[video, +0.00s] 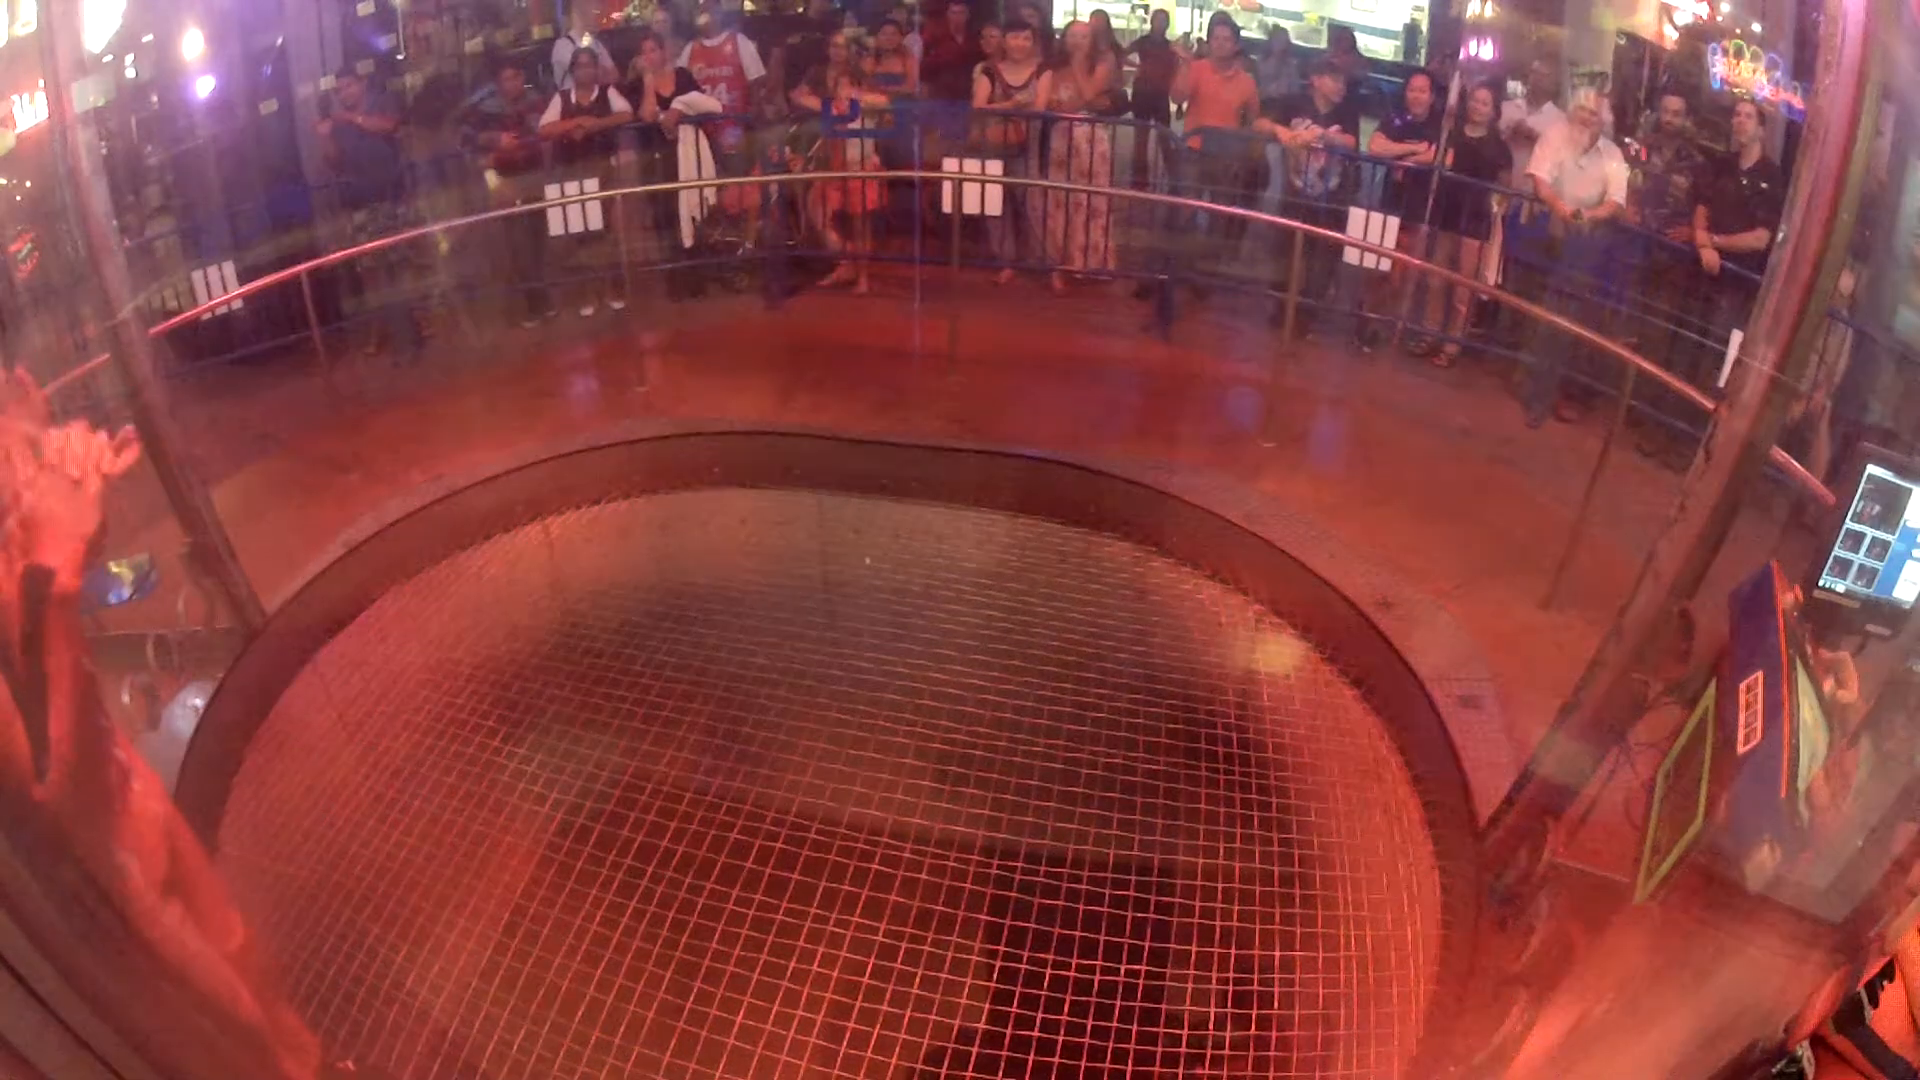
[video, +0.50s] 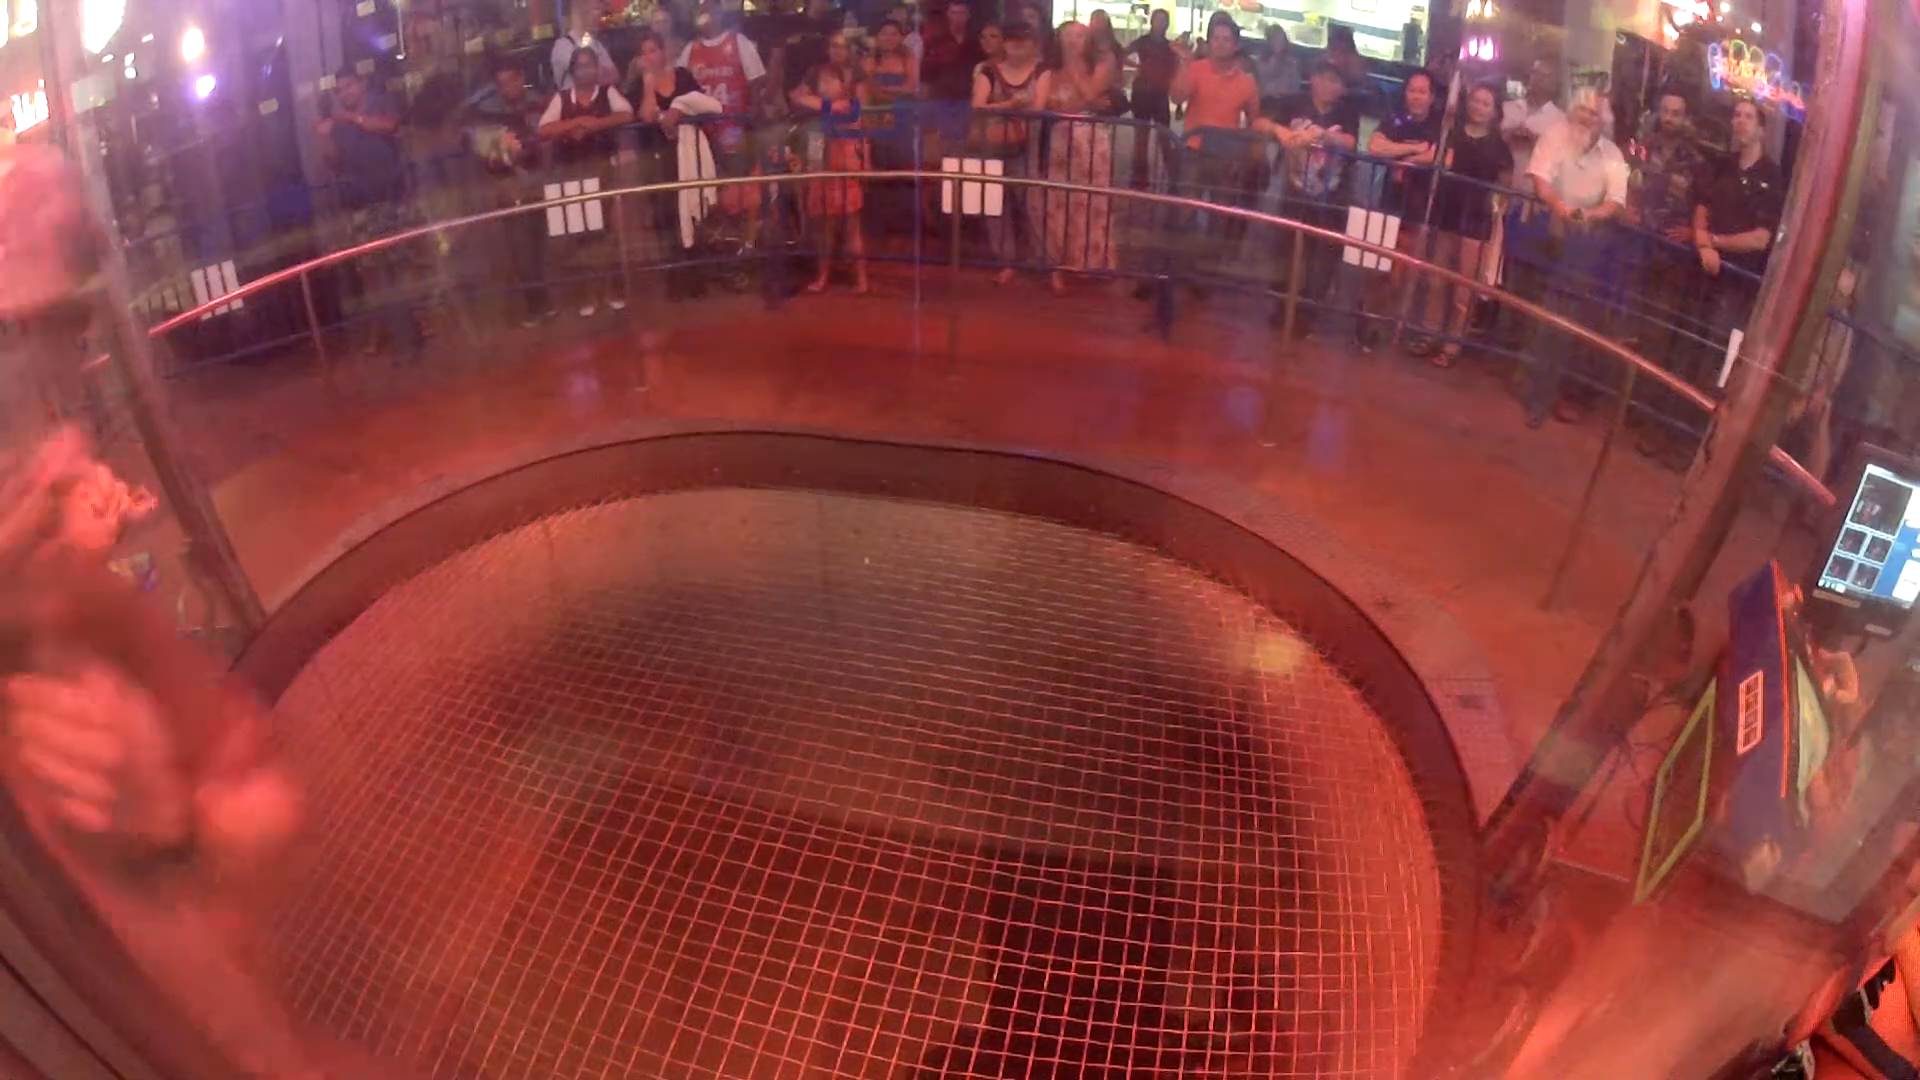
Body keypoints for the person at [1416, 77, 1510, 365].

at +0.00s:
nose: (1478, 107)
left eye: (1485, 103)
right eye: (1474, 101)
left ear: (1494, 111)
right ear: (1466, 104)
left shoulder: (1498, 147)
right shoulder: (1452, 137)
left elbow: (1504, 185)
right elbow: (1439, 166)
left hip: (1475, 217)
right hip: (1445, 211)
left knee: (1463, 284)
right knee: (1435, 277)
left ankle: (1452, 341)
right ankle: (1429, 331)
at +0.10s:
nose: (1478, 107)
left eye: (1485, 103)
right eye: (1474, 101)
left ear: (1495, 111)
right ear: (1466, 104)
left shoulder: (1498, 147)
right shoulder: (1452, 136)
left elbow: (1504, 185)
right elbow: (1439, 166)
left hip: (1476, 217)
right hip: (1445, 211)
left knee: (1463, 284)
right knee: (1435, 278)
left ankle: (1452, 342)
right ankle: (1429, 332)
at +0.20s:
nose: (1478, 107)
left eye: (1485, 103)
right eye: (1474, 101)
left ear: (1495, 111)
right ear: (1466, 104)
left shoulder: (1498, 147)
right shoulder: (1452, 136)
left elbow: (1504, 185)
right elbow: (1439, 165)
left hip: (1476, 217)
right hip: (1445, 211)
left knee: (1463, 284)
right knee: (1435, 278)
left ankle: (1452, 342)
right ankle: (1429, 332)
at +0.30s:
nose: (1478, 107)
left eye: (1485, 103)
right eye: (1475, 101)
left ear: (1495, 111)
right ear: (1466, 104)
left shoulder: (1499, 147)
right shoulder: (1452, 136)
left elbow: (1504, 186)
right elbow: (1439, 165)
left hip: (1476, 218)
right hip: (1445, 211)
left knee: (1463, 285)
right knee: (1435, 278)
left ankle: (1452, 342)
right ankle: (1429, 332)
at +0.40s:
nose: (1479, 107)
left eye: (1486, 103)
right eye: (1475, 101)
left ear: (1495, 111)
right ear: (1466, 104)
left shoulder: (1498, 147)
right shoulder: (1452, 136)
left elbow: (1505, 185)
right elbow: (1439, 165)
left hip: (1476, 217)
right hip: (1445, 211)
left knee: (1464, 284)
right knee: (1435, 278)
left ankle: (1452, 342)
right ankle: (1429, 332)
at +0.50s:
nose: (1479, 107)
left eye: (1486, 103)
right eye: (1475, 101)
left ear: (1495, 111)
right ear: (1466, 104)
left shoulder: (1498, 147)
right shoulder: (1452, 136)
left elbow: (1505, 185)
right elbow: (1439, 165)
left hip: (1476, 217)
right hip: (1445, 211)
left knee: (1464, 284)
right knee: (1435, 278)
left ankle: (1452, 342)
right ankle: (1429, 332)